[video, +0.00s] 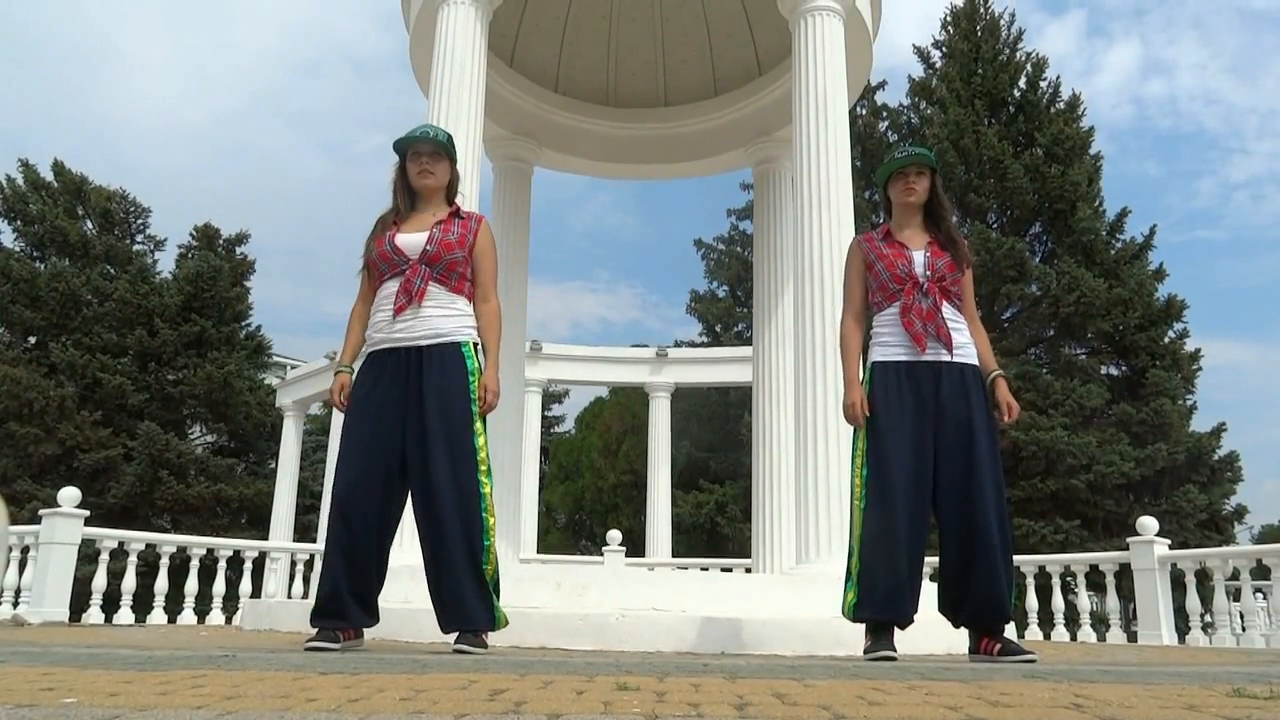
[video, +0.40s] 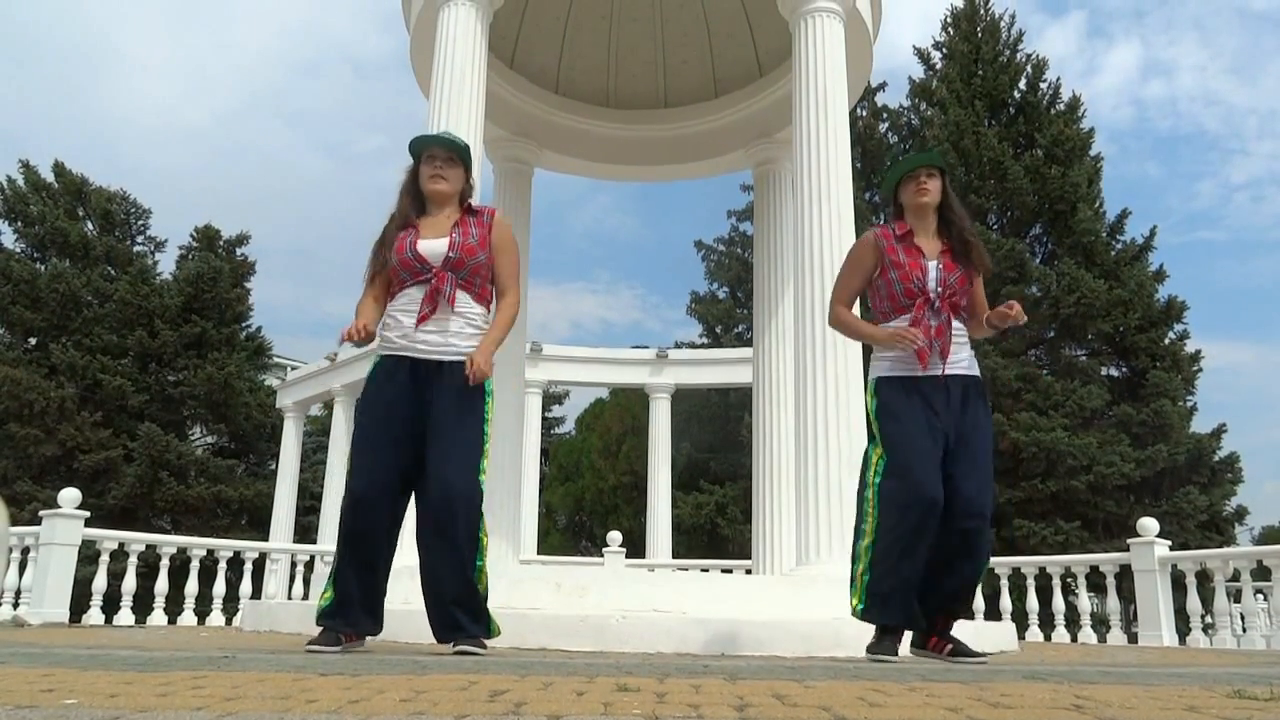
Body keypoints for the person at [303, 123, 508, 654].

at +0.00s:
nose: (423, 163)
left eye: (433, 156)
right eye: (415, 156)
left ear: (452, 167)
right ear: (402, 167)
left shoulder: (472, 227)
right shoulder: (383, 229)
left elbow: (486, 299)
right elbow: (364, 303)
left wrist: (490, 367)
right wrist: (343, 366)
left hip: (447, 364)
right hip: (382, 366)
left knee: (450, 491)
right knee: (359, 490)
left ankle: (470, 624)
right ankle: (342, 620)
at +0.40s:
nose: (437, 167)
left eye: (447, 161)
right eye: (429, 160)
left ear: (466, 175)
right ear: (415, 172)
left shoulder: (491, 225)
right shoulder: (397, 231)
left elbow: (509, 297)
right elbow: (377, 288)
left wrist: (487, 348)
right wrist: (365, 321)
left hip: (458, 375)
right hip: (394, 372)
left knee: (451, 500)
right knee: (368, 495)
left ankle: (461, 629)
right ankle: (348, 621)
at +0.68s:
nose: (412, 131)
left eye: (425, 125)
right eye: (405, 122)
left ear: (444, 138)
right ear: (390, 132)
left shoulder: (469, 170)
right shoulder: (374, 178)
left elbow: (458, 224)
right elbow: (378, 221)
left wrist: (415, 179)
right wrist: (440, 172)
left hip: (463, 341)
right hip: (394, 335)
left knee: (470, 472)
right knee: (369, 452)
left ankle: (474, 610)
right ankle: (339, 583)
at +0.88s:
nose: (393, 122)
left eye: (406, 118)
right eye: (383, 114)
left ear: (422, 137)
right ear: (364, 129)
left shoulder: (443, 185)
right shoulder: (341, 186)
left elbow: (499, 252)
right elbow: (288, 256)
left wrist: (523, 206)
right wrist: (263, 183)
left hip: (435, 360)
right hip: (364, 355)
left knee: (469, 482)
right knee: (352, 477)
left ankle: (482, 590)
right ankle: (316, 621)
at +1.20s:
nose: (406, 126)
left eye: (418, 123)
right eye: (398, 116)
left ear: (433, 139)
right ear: (376, 124)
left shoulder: (441, 188)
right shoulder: (350, 173)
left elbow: (470, 252)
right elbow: (349, 231)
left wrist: (456, 196)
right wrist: (412, 182)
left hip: (424, 351)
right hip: (363, 343)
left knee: (434, 480)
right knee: (372, 471)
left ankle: (405, 612)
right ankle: (318, 625)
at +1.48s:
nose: (428, 165)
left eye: (440, 163)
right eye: (420, 155)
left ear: (451, 183)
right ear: (401, 164)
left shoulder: (452, 242)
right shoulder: (366, 219)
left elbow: (482, 317)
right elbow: (327, 293)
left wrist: (522, 269)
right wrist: (324, 231)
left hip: (431, 382)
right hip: (372, 365)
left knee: (445, 503)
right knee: (362, 483)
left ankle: (397, 627)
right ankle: (317, 628)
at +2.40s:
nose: (489, 232)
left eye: (500, 232)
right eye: (483, 223)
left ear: (505, 252)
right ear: (463, 229)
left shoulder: (494, 308)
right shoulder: (428, 259)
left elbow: (498, 381)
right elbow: (374, 309)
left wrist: (536, 350)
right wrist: (421, 281)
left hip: (458, 416)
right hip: (406, 390)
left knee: (478, 528)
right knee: (381, 496)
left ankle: (404, 639)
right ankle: (328, 616)